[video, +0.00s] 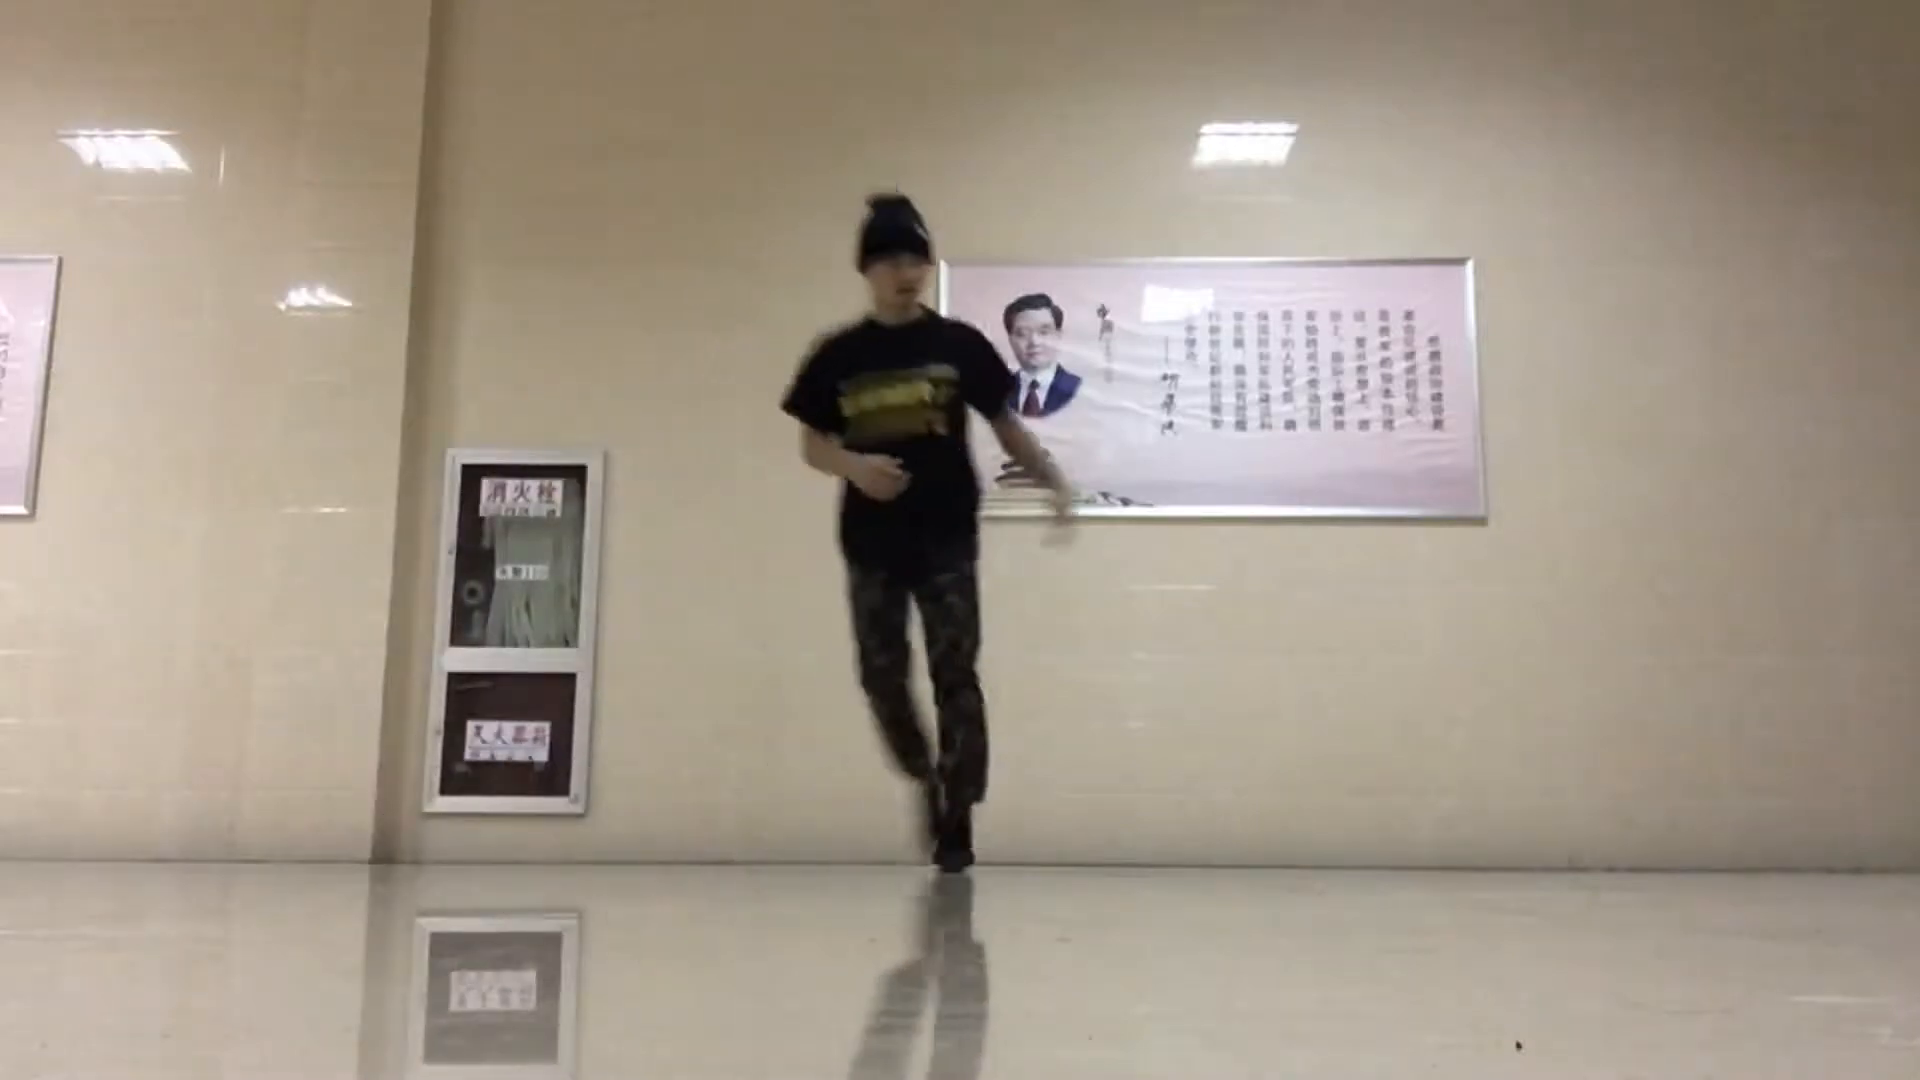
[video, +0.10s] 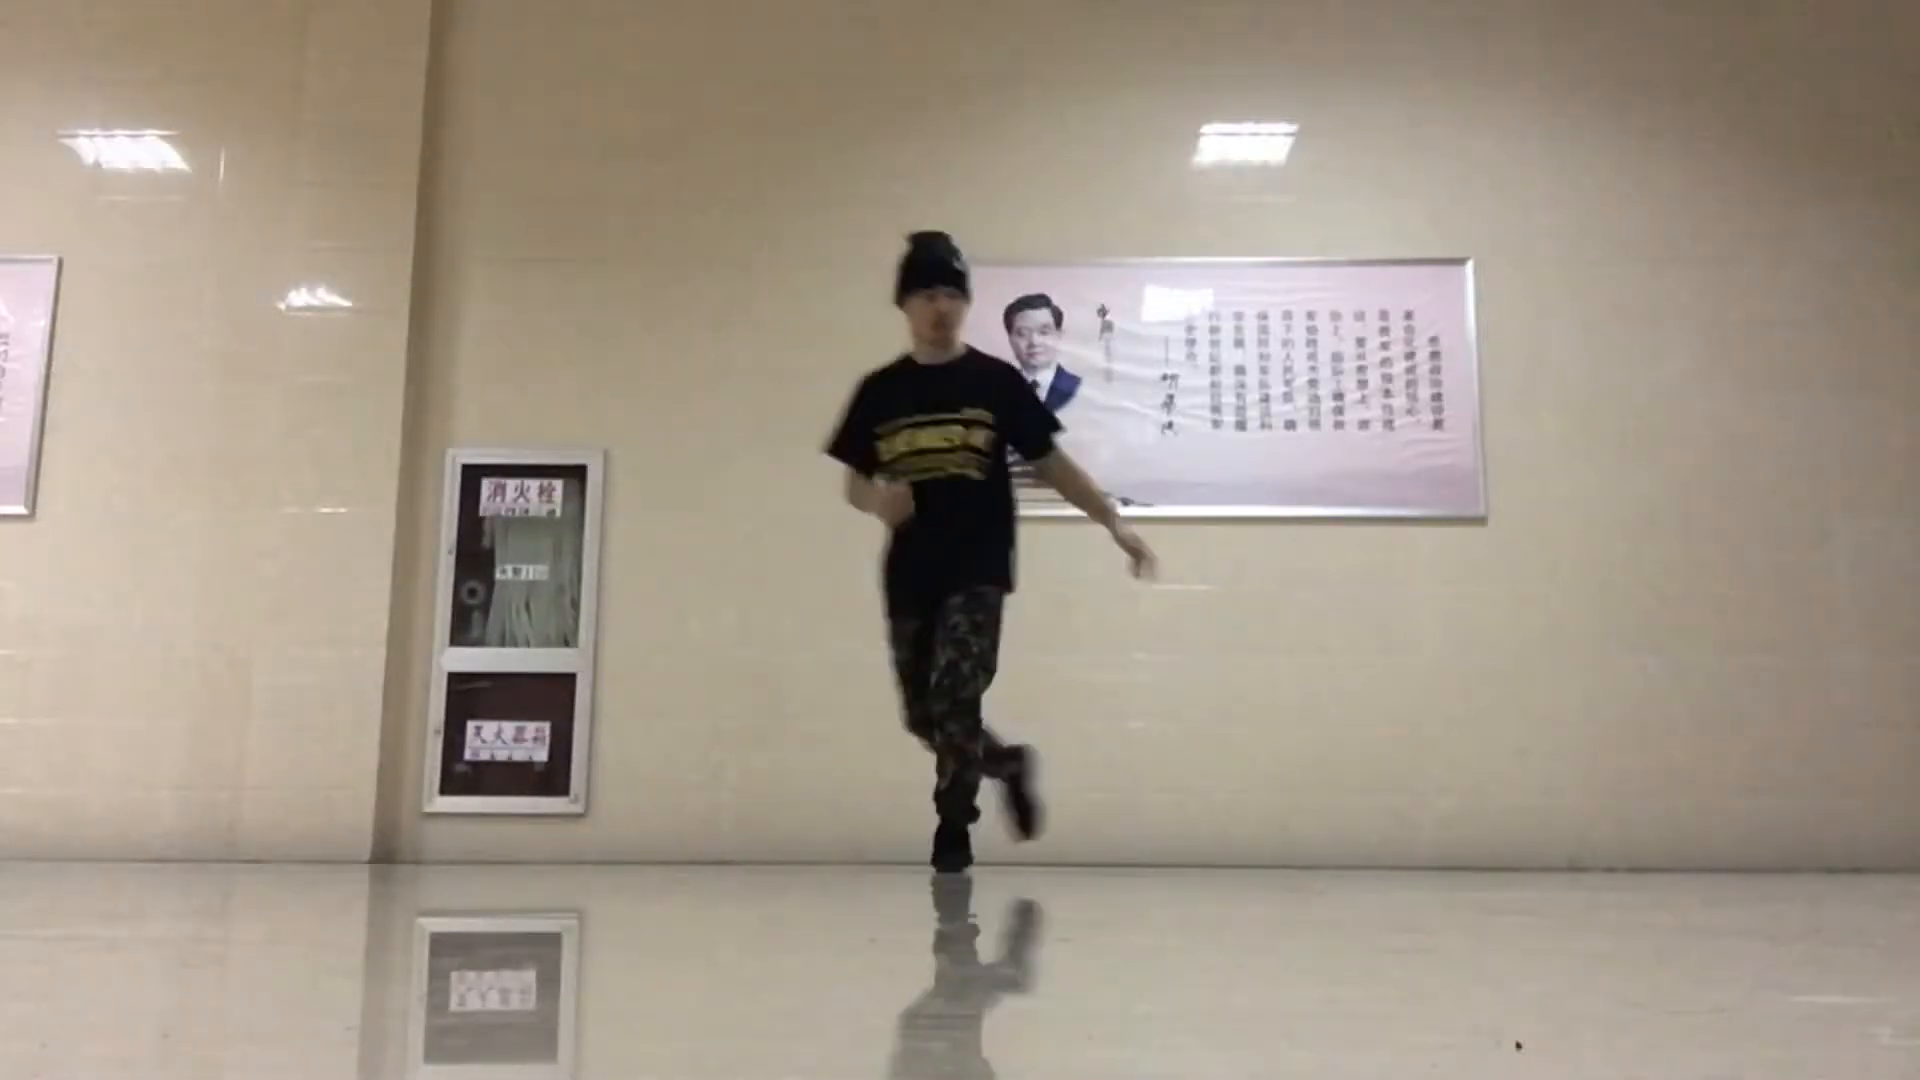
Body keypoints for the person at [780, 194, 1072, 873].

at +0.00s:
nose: (907, 275)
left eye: (916, 262)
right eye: (892, 263)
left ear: (931, 267)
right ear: (867, 270)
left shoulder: (962, 346)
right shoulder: (835, 355)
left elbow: (1007, 426)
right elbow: (813, 444)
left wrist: (1052, 478)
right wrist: (854, 467)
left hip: (946, 529)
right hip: (872, 535)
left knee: (953, 670)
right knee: (883, 672)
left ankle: (958, 810)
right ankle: (926, 776)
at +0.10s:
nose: (940, 309)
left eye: (952, 296)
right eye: (926, 297)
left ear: (968, 303)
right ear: (904, 304)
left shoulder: (999, 382)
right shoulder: (879, 390)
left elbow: (1052, 463)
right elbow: (855, 486)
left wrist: (1116, 523)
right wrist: (876, 498)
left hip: (980, 564)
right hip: (911, 564)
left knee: (953, 702)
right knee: (922, 715)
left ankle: (952, 826)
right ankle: (1011, 763)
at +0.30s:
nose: (1001, 293)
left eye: (1011, 280)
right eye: (988, 282)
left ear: (1029, 285)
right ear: (970, 292)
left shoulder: (1067, 354)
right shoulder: (954, 372)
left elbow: (1104, 440)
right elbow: (948, 463)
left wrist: (1105, 511)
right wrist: (939, 539)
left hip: (1055, 531)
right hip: (991, 537)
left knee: (1023, 672)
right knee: (1011, 677)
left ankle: (1023, 813)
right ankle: (1072, 796)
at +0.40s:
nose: (1031, 323)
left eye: (1042, 309)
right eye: (1018, 311)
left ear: (1063, 313)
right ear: (1003, 322)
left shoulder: (1103, 385)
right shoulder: (1000, 398)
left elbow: (1121, 479)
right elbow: (989, 490)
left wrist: (1066, 512)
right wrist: (970, 570)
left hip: (1090, 565)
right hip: (1025, 569)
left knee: (1058, 681)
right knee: (1037, 707)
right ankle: (1083, 822)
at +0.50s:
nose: (1068, 334)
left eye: (1079, 321)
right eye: (1056, 323)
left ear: (1099, 326)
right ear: (1042, 333)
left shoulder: (1130, 394)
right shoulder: (1038, 409)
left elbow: (1138, 483)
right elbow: (1030, 500)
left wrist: (1055, 484)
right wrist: (1006, 579)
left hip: (1127, 579)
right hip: (1062, 582)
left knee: (1130, 714)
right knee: (1055, 719)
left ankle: (1196, 686)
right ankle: (1092, 834)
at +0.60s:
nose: (1107, 303)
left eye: (1118, 291)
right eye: (1096, 292)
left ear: (1136, 296)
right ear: (1080, 300)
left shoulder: (1166, 365)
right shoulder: (1068, 381)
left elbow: (1184, 456)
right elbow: (1068, 473)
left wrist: (1102, 454)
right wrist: (1057, 546)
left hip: (1167, 553)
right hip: (1099, 557)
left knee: (1204, 681)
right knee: (1084, 702)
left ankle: (1257, 724)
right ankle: (1095, 823)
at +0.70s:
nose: (1150, 290)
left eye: (1161, 278)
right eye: (1139, 279)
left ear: (1177, 282)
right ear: (1120, 285)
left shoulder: (1210, 350)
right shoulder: (1102, 366)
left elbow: (1245, 438)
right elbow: (1101, 451)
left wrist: (1174, 466)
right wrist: (1092, 521)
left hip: (1213, 540)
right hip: (1141, 546)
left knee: (1264, 667)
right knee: (1127, 685)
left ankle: (1294, 781)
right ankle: (1127, 811)